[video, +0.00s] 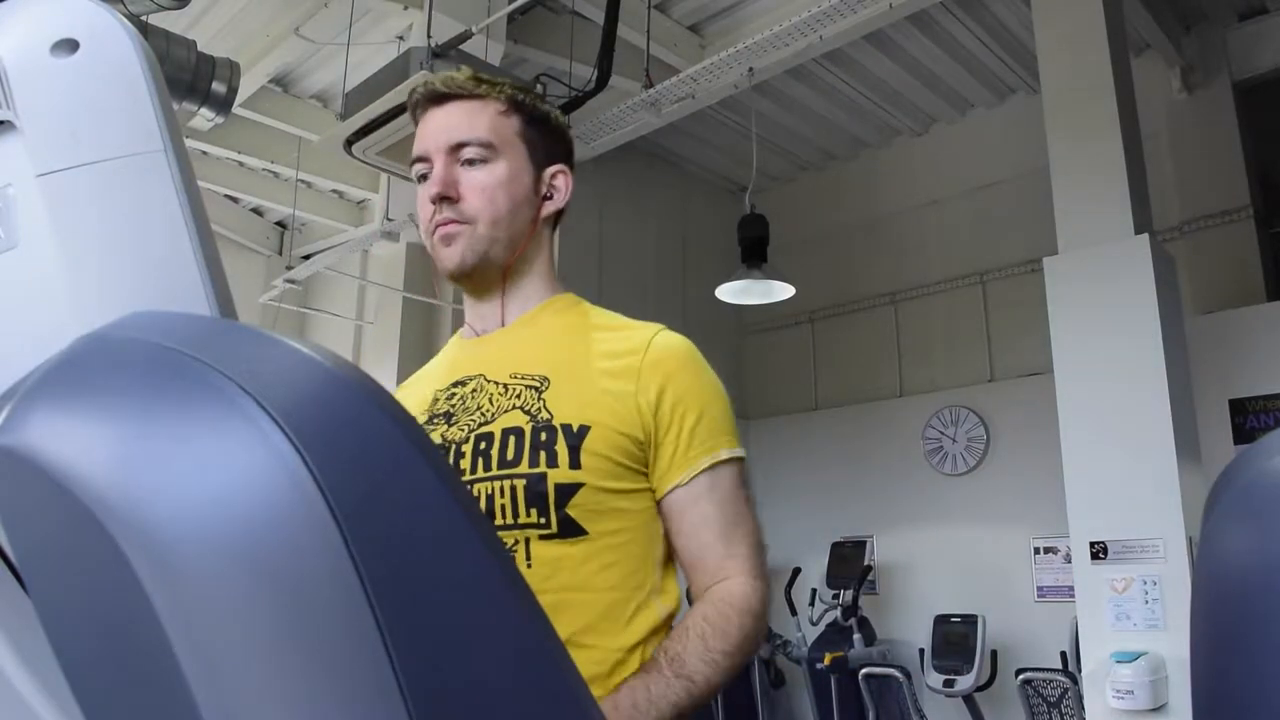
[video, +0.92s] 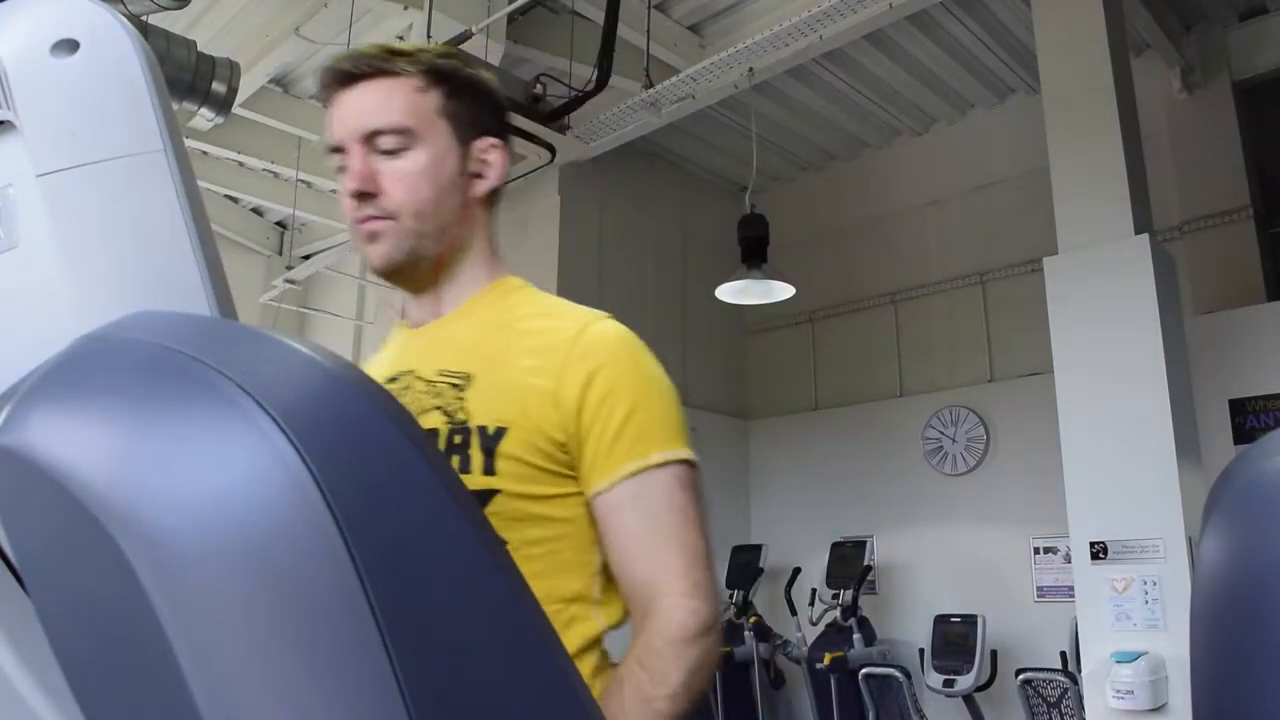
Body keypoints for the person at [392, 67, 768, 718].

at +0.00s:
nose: (437, 188)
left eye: (472, 158)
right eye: (423, 171)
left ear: (551, 190)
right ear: (414, 200)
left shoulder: (653, 363)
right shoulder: (401, 407)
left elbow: (733, 597)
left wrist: (616, 708)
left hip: (604, 701)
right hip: (445, 703)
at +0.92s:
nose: (353, 183)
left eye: (389, 148)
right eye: (340, 160)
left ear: (484, 167)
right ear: (335, 180)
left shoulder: (590, 354)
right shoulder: (367, 384)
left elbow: (681, 620)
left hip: (552, 701)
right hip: (396, 702)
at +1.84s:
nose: (438, 226)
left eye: (474, 192)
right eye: (426, 203)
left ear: (562, 214)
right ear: (418, 221)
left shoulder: (679, 400)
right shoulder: (430, 422)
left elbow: (712, 680)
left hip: (621, 702)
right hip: (460, 705)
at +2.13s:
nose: (534, 224)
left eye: (569, 194)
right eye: (524, 202)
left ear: (652, 216)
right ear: (519, 219)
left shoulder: (746, 395)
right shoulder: (503, 421)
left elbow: (736, 660)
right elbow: (439, 611)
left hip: (665, 703)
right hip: (512, 700)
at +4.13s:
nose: (498, 233)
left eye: (534, 206)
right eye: (490, 217)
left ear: (615, 239)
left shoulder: (709, 417)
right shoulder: (453, 441)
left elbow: (728, 698)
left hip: (643, 705)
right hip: (470, 703)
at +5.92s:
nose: (471, 231)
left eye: (501, 200)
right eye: (457, 215)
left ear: (578, 220)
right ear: (451, 238)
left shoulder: (685, 381)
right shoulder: (434, 421)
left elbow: (740, 609)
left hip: (656, 702)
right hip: (477, 703)